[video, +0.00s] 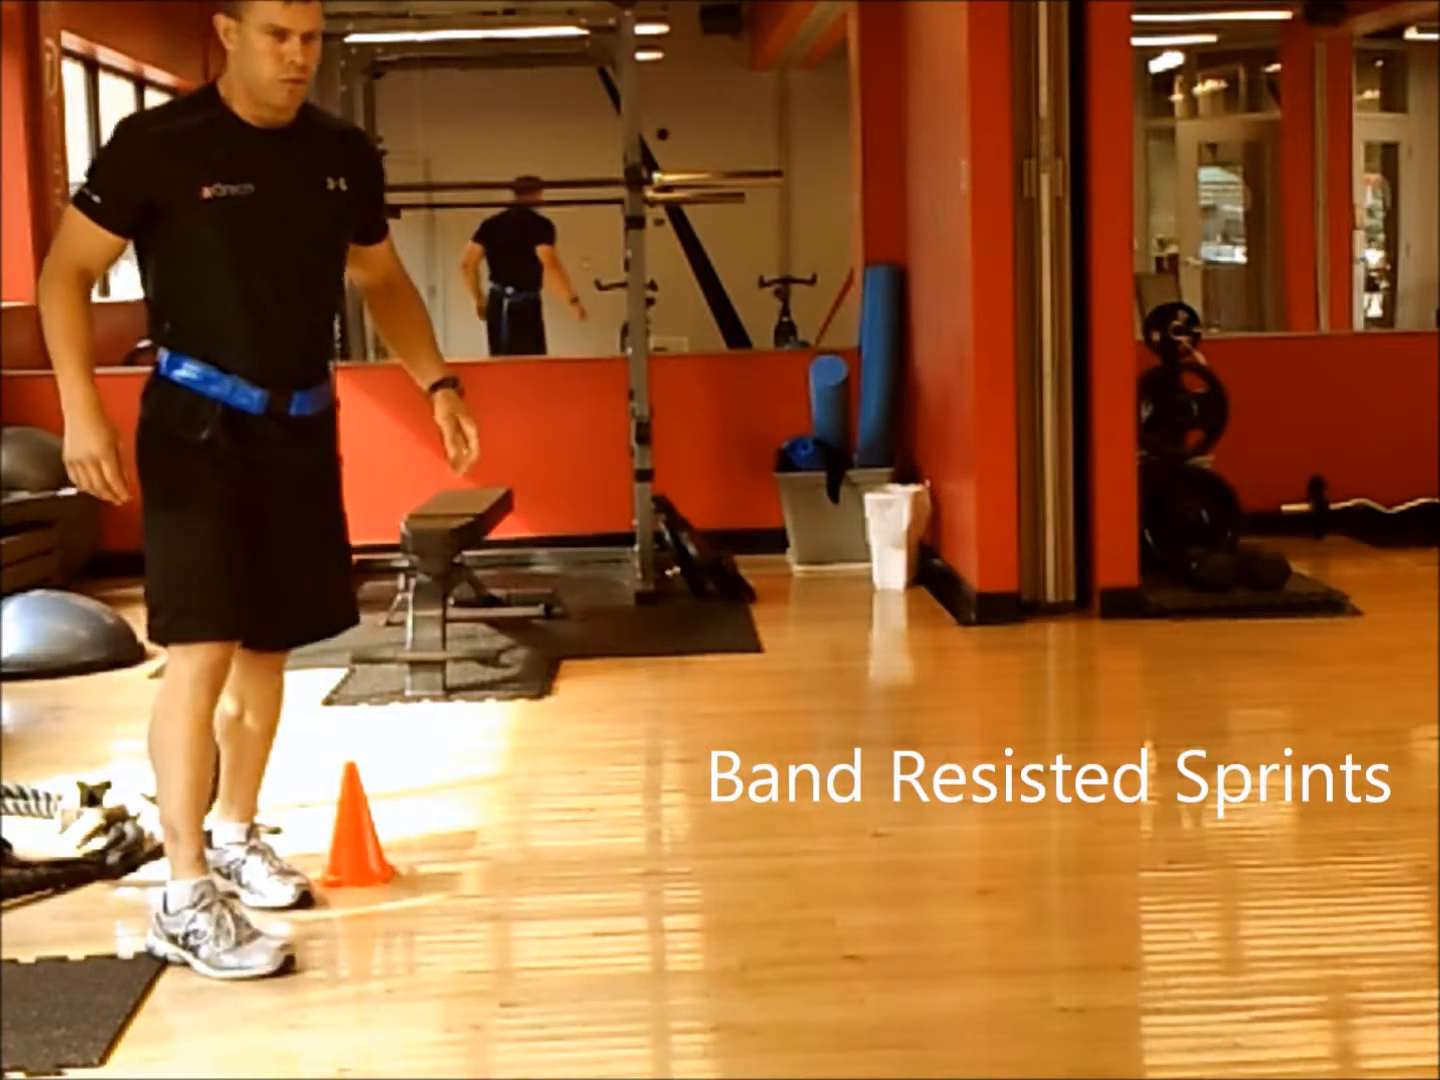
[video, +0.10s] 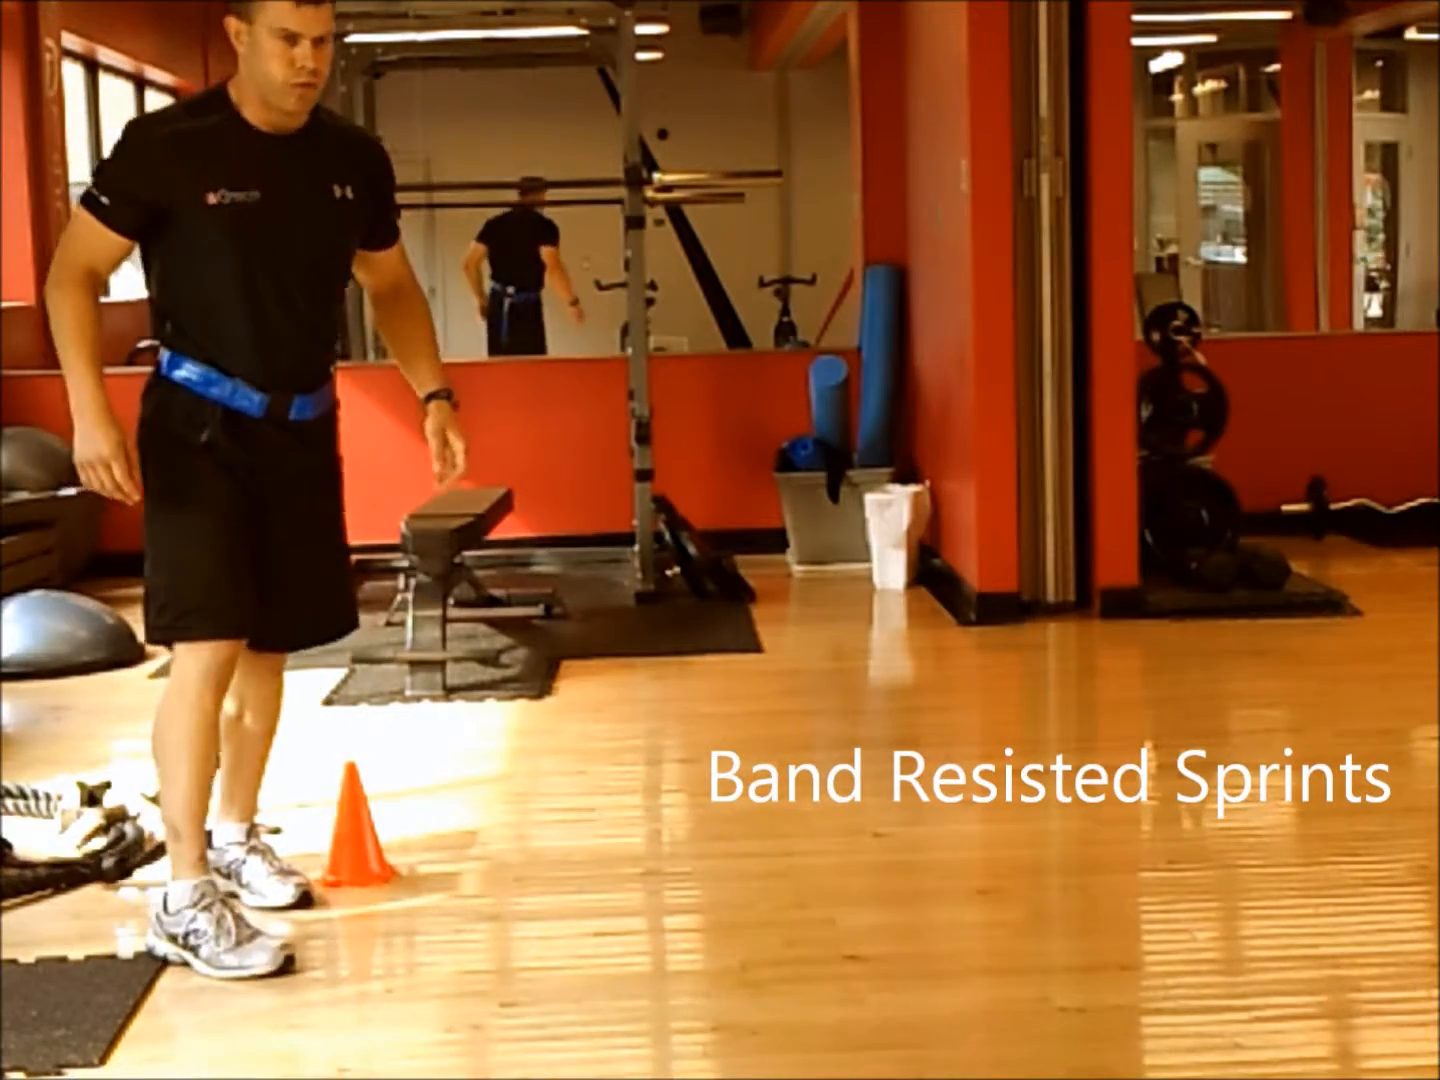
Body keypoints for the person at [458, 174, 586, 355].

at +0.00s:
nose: (541, 198)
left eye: (540, 193)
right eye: (539, 193)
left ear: (516, 194)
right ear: (534, 195)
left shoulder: (492, 223)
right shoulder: (540, 225)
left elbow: (468, 264)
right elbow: (550, 265)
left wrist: (478, 299)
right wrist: (571, 298)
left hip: (497, 299)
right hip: (526, 301)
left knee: (501, 359)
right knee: (532, 359)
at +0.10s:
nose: (545, 199)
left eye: (544, 194)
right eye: (543, 194)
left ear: (520, 195)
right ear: (538, 196)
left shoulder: (495, 224)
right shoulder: (545, 226)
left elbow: (470, 264)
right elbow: (552, 266)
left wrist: (481, 298)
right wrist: (572, 300)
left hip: (497, 300)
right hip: (527, 302)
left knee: (499, 360)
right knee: (531, 360)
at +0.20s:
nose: (551, 202)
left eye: (550, 197)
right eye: (550, 197)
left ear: (527, 196)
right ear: (547, 199)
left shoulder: (500, 224)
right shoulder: (550, 230)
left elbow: (473, 262)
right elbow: (557, 268)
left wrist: (478, 301)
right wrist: (572, 304)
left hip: (498, 300)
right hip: (528, 303)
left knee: (501, 359)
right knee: (531, 360)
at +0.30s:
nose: (557, 210)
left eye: (555, 204)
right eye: (556, 205)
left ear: (535, 203)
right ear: (554, 206)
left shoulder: (506, 227)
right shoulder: (557, 235)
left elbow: (473, 259)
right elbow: (564, 273)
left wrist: (473, 301)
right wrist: (579, 305)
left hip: (499, 301)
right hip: (529, 306)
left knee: (510, 363)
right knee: (530, 364)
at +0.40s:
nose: (566, 217)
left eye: (566, 213)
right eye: (566, 213)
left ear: (544, 210)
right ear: (561, 212)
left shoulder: (517, 229)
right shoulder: (564, 237)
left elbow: (476, 252)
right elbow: (573, 272)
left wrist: (469, 294)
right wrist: (587, 297)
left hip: (503, 305)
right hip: (531, 309)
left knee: (516, 363)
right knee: (529, 365)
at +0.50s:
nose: (575, 223)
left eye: (574, 218)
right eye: (574, 218)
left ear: (552, 216)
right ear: (572, 218)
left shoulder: (527, 235)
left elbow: (487, 251)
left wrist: (477, 287)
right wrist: (595, 288)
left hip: (509, 306)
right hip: (537, 312)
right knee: (538, 369)